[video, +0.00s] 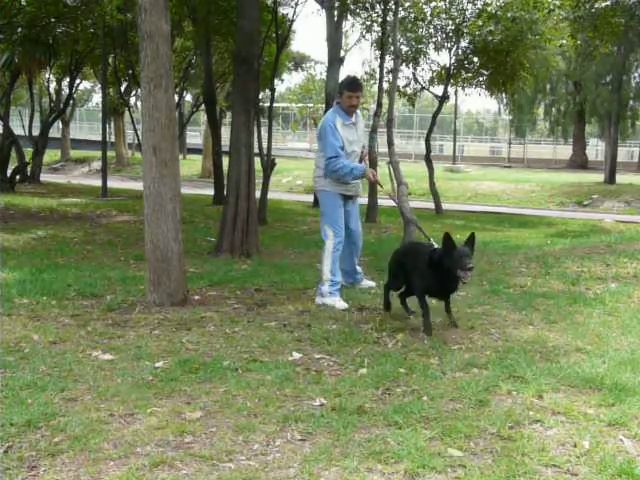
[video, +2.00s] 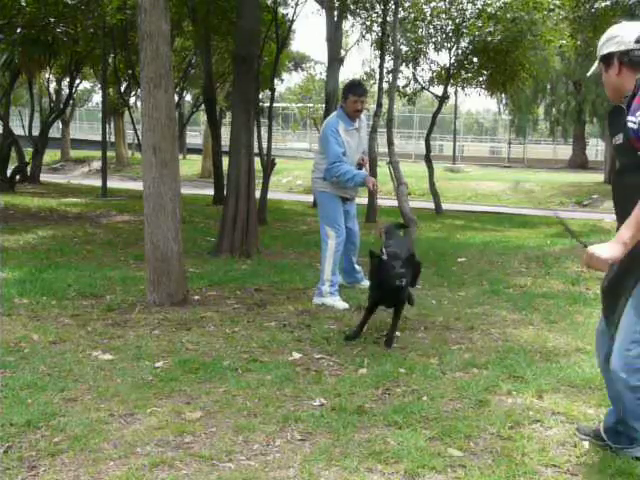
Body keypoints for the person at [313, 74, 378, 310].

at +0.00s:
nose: (355, 102)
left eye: (358, 97)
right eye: (350, 97)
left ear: (362, 98)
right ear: (340, 97)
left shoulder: (357, 120)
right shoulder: (330, 122)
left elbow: (355, 147)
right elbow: (333, 164)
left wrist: (361, 154)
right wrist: (362, 171)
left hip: (350, 186)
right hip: (329, 186)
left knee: (354, 232)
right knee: (335, 236)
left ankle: (352, 275)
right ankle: (328, 291)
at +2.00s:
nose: (359, 107)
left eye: (362, 102)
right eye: (354, 102)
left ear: (365, 102)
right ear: (344, 101)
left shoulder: (359, 123)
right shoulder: (332, 126)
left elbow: (357, 149)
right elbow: (334, 168)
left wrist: (361, 159)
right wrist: (362, 178)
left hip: (347, 188)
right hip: (327, 187)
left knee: (352, 234)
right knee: (335, 235)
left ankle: (351, 275)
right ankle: (326, 291)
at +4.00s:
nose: (357, 112)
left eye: (360, 107)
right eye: (352, 107)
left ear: (362, 107)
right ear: (341, 105)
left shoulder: (352, 129)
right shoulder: (330, 131)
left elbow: (348, 160)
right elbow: (328, 172)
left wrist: (357, 164)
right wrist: (354, 182)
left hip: (341, 189)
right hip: (322, 189)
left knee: (349, 233)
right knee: (334, 234)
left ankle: (351, 275)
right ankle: (325, 292)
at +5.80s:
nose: (360, 120)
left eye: (364, 115)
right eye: (356, 115)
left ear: (368, 114)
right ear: (346, 113)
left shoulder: (366, 131)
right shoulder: (331, 135)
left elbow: (365, 153)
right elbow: (328, 174)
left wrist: (363, 164)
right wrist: (351, 185)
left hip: (345, 191)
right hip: (322, 189)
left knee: (348, 234)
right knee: (334, 233)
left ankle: (352, 279)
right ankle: (327, 292)